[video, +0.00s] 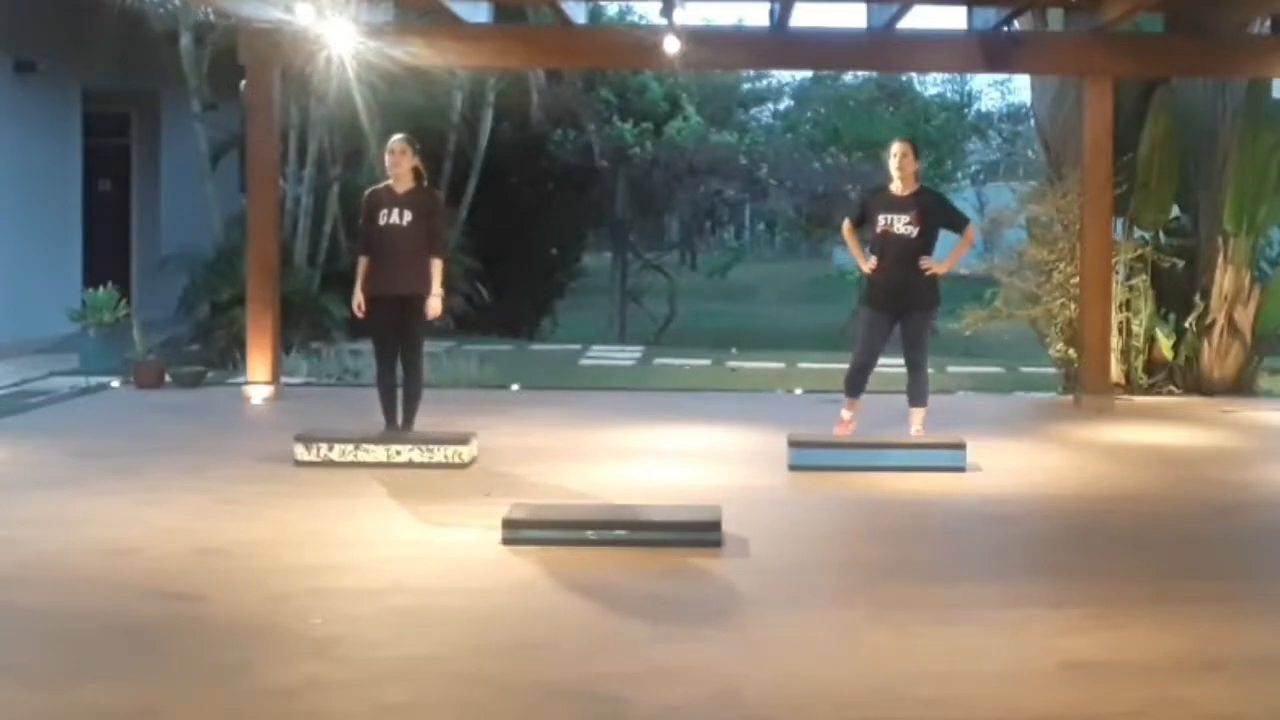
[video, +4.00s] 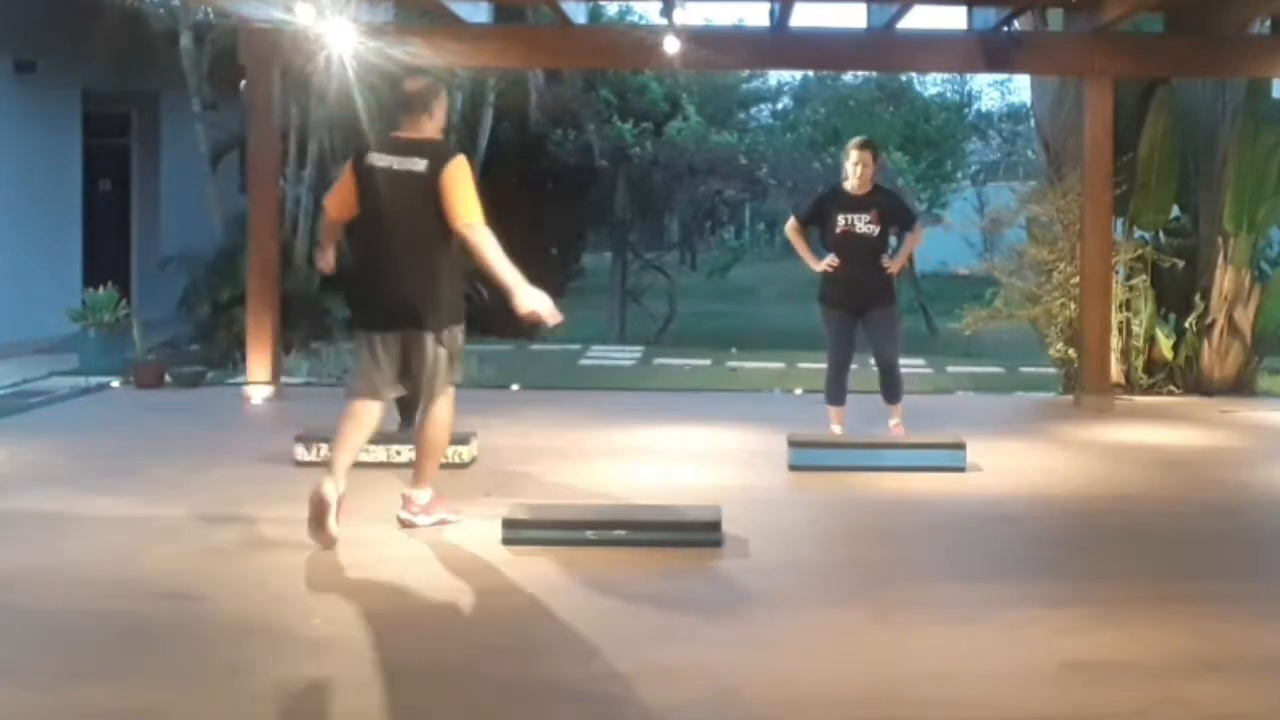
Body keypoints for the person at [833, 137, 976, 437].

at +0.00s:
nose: (898, 161)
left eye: (904, 156)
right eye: (894, 156)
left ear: (916, 163)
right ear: (888, 162)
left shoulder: (931, 200)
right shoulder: (874, 198)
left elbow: (969, 232)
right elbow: (847, 226)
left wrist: (946, 264)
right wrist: (862, 259)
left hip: (918, 290)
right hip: (881, 288)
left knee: (916, 359)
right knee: (865, 354)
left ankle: (917, 426)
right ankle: (849, 410)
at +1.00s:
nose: (866, 160)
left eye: (871, 155)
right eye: (861, 156)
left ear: (884, 160)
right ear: (855, 162)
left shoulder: (902, 198)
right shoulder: (845, 198)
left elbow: (938, 230)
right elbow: (811, 228)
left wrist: (919, 264)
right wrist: (830, 261)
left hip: (892, 287)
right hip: (852, 287)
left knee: (897, 362)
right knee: (845, 359)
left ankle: (913, 429)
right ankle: (838, 430)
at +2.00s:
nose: (870, 160)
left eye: (875, 154)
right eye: (866, 155)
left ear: (889, 161)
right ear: (860, 162)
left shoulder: (906, 199)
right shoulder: (847, 200)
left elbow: (943, 230)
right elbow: (818, 230)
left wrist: (922, 265)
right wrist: (835, 263)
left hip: (896, 288)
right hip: (857, 288)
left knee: (900, 361)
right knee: (849, 359)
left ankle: (914, 429)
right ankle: (838, 428)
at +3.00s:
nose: (876, 162)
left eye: (882, 157)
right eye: (871, 156)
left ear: (890, 162)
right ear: (861, 160)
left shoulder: (905, 198)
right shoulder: (844, 199)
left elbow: (941, 226)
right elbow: (814, 230)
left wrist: (922, 264)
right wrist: (834, 263)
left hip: (897, 287)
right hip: (856, 287)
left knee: (901, 361)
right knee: (848, 359)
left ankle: (914, 429)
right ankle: (837, 429)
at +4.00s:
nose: (859, 171)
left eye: (865, 165)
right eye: (854, 164)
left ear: (875, 167)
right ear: (846, 165)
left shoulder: (886, 199)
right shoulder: (828, 199)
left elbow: (915, 228)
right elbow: (792, 227)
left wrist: (901, 259)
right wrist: (814, 261)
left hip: (877, 286)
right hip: (839, 286)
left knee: (887, 357)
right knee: (839, 357)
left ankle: (896, 420)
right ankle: (837, 426)